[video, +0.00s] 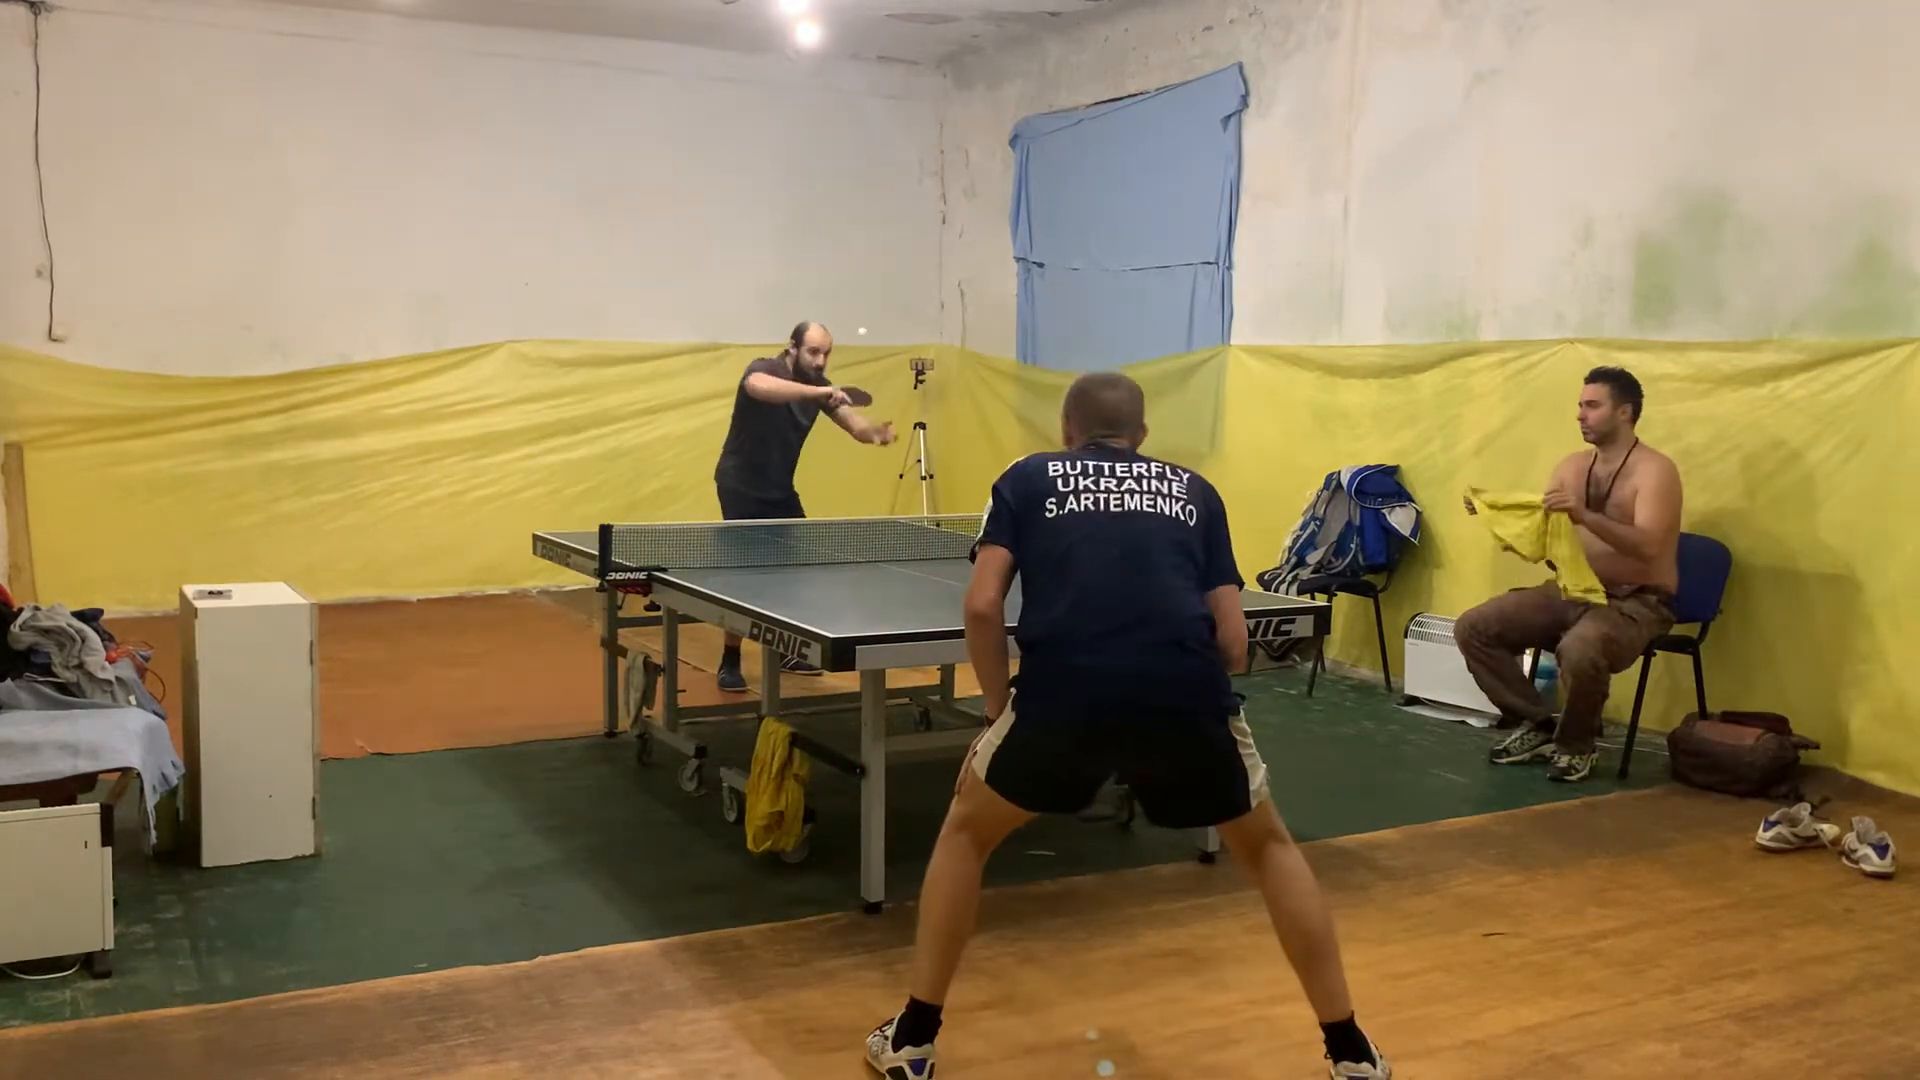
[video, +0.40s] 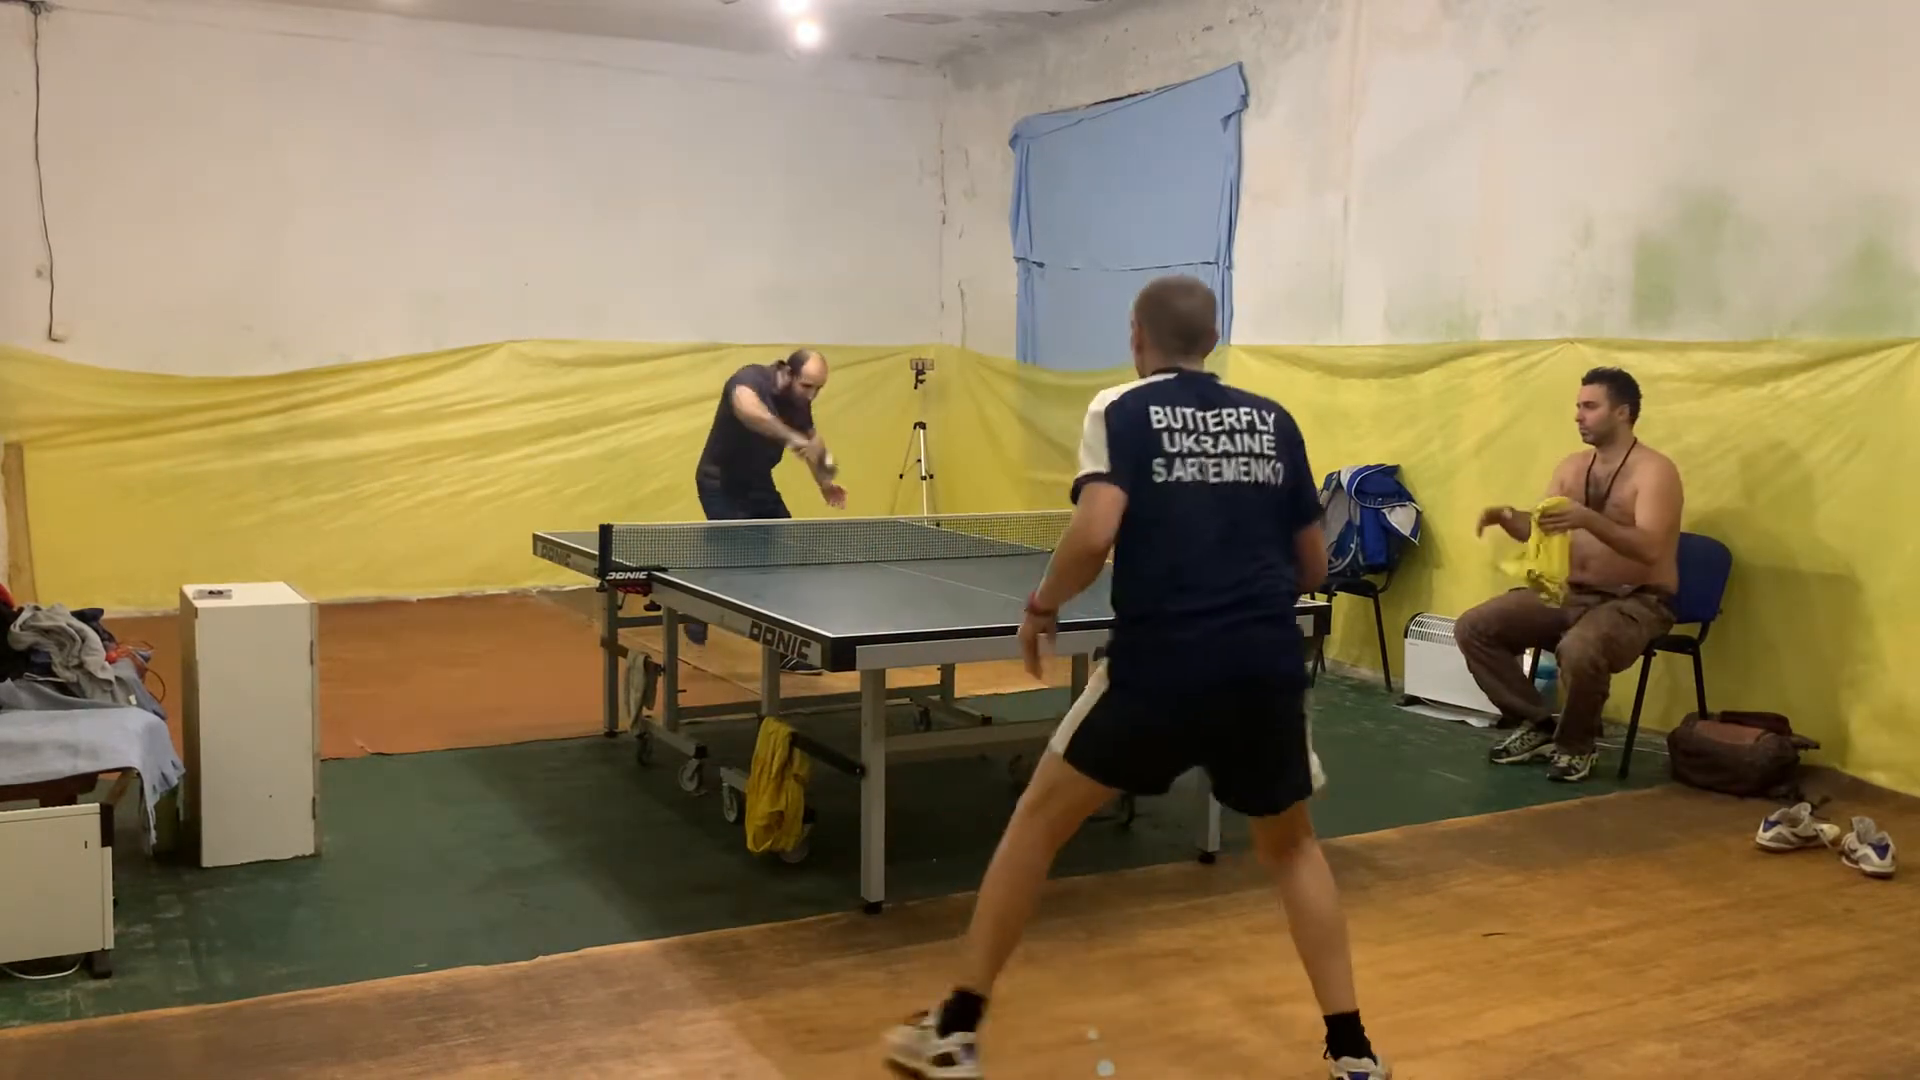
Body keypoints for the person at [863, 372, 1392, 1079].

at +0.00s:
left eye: (1060, 429)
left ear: (1068, 431)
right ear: (1144, 436)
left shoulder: (1028, 478)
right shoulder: (1193, 490)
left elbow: (982, 606)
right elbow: (1232, 640)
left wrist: (999, 710)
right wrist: (1190, 694)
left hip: (1062, 704)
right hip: (1185, 707)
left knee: (967, 835)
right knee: (1268, 847)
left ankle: (915, 1032)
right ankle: (1349, 1047)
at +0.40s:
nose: (1130, 348)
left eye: (1131, 336)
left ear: (1139, 341)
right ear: (1216, 345)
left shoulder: (1118, 410)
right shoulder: (1272, 419)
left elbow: (1095, 536)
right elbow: (1312, 565)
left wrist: (1042, 607)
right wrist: (1238, 579)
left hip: (1156, 670)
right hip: (1265, 670)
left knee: (1039, 824)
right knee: (1293, 845)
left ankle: (958, 1022)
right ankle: (1352, 1048)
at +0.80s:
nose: (1134, 369)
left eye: (1134, 360)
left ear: (1141, 360)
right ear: (1215, 363)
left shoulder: (1128, 418)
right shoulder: (1265, 429)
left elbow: (1103, 559)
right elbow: (1303, 555)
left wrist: (1052, 587)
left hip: (1183, 679)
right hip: (1285, 676)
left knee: (1061, 818)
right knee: (1300, 826)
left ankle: (1062, 1036)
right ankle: (1384, 999)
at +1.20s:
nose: (1167, 373)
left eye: (1169, 362)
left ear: (1176, 361)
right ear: (1242, 372)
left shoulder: (1154, 401)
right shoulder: (1276, 435)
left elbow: (1115, 509)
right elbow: (1261, 538)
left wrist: (1074, 581)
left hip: (1184, 645)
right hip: (1272, 643)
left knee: (1105, 818)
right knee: (1245, 764)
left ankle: (1064, 1033)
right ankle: (1264, 919)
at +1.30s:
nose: (1176, 385)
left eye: (1178, 376)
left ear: (1185, 378)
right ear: (1246, 389)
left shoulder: (1180, 415)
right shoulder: (1271, 447)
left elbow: (1157, 523)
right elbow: (1267, 548)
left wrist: (1097, 594)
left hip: (1210, 652)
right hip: (1293, 651)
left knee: (1115, 820)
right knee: (1233, 756)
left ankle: (1073, 1030)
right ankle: (1261, 914)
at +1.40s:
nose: (1176, 394)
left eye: (1178, 385)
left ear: (1184, 388)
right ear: (1247, 398)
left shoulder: (1188, 423)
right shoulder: (1267, 454)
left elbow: (1185, 530)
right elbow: (1245, 550)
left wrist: (1109, 615)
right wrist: (1156, 536)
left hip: (1225, 653)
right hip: (1302, 654)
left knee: (1121, 819)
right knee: (1234, 753)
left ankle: (1098, 1030)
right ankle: (1259, 913)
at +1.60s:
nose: (1162, 386)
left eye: (1164, 375)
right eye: (1170, 375)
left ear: (1172, 378)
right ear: (1235, 386)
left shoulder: (1179, 425)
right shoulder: (1269, 448)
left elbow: (1179, 543)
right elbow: (1263, 555)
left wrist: (1101, 625)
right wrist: (1155, 560)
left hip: (1217, 660)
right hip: (1293, 656)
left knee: (1106, 826)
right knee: (1231, 763)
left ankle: (1144, 1025)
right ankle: (1260, 916)